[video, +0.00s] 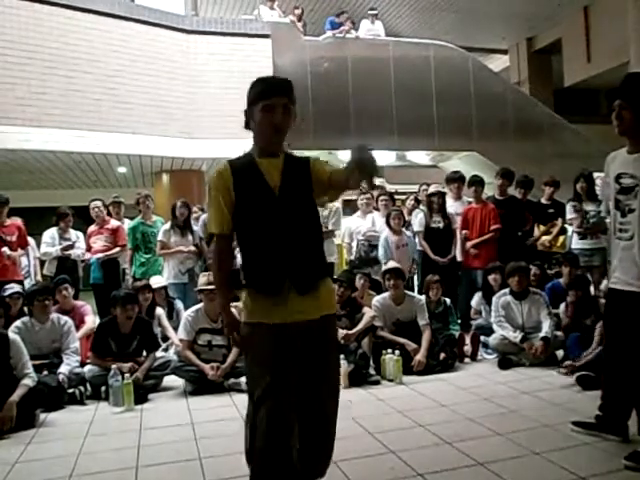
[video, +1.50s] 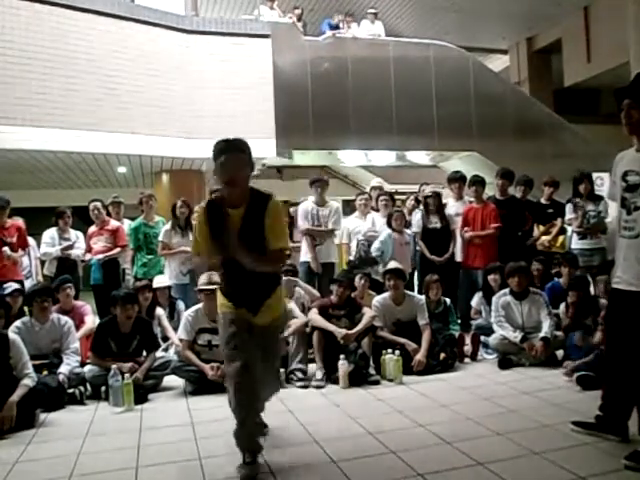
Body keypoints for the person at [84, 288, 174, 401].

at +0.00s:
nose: (130, 310)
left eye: (133, 306)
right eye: (124, 307)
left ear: (137, 308)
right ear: (114, 310)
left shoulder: (144, 324)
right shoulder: (104, 327)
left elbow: (153, 352)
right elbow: (94, 359)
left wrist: (141, 372)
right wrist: (119, 366)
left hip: (137, 365)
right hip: (112, 367)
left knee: (168, 360)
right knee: (89, 371)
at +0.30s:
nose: (130, 310)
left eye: (133, 306)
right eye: (125, 307)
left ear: (138, 308)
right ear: (114, 310)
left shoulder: (144, 324)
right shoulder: (104, 327)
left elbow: (153, 352)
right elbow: (94, 359)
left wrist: (141, 372)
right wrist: (119, 366)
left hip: (137, 365)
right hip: (112, 367)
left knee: (168, 360)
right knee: (89, 372)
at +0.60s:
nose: (130, 310)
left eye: (133, 306)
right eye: (124, 307)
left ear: (138, 308)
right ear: (114, 310)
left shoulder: (144, 324)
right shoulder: (104, 327)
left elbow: (153, 352)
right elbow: (94, 359)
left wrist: (141, 372)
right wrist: (119, 366)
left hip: (137, 365)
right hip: (112, 367)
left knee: (168, 361)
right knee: (89, 372)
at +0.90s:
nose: (129, 311)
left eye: (133, 306)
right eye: (124, 307)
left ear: (137, 308)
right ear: (114, 310)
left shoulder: (144, 324)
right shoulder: (104, 327)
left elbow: (153, 352)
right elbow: (94, 358)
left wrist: (141, 372)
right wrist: (120, 366)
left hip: (137, 365)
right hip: (112, 367)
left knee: (168, 361)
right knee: (89, 372)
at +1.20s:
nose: (129, 311)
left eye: (132, 306)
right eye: (124, 307)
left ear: (137, 308)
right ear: (114, 310)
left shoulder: (144, 324)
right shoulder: (104, 327)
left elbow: (153, 352)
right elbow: (94, 358)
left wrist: (141, 372)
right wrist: (119, 366)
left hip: (137, 365)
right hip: (112, 367)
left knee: (168, 361)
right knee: (89, 372)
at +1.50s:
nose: (129, 311)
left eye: (133, 306)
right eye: (124, 307)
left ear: (137, 308)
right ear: (114, 310)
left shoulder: (144, 324)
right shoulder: (104, 327)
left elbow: (153, 352)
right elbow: (94, 359)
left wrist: (141, 372)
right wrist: (120, 366)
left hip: (137, 365)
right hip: (112, 367)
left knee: (168, 361)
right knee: (89, 372)